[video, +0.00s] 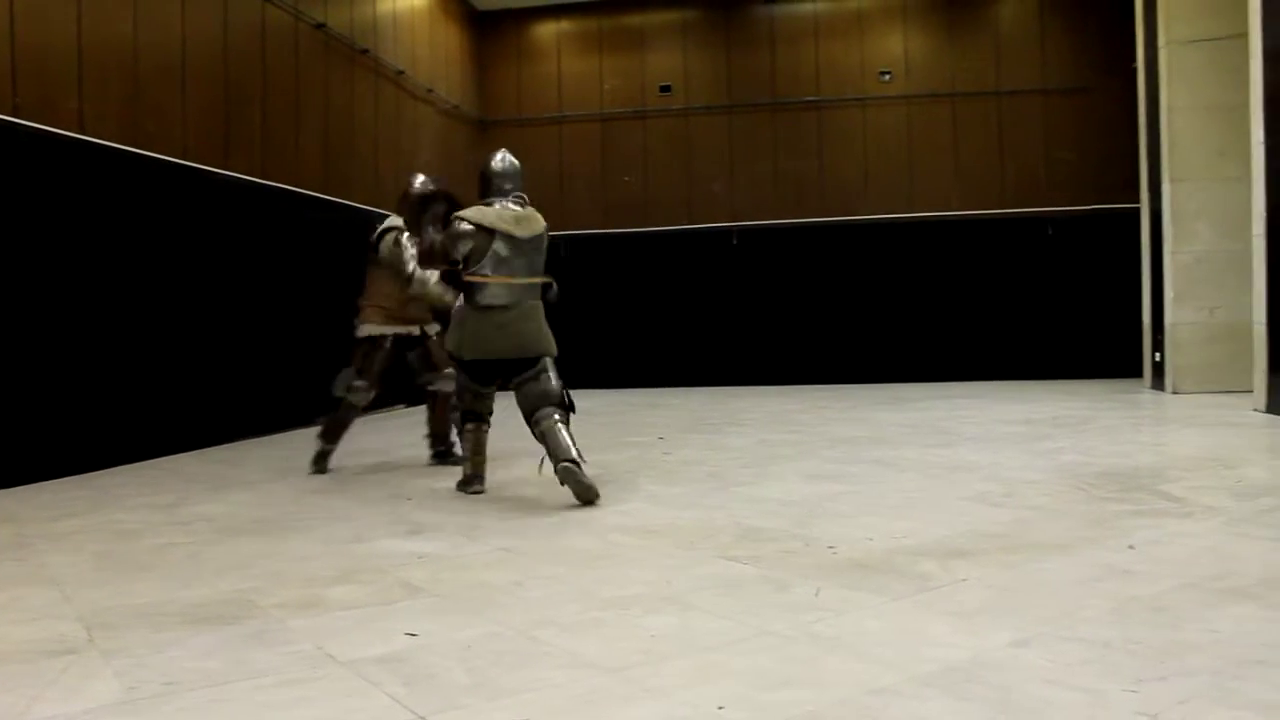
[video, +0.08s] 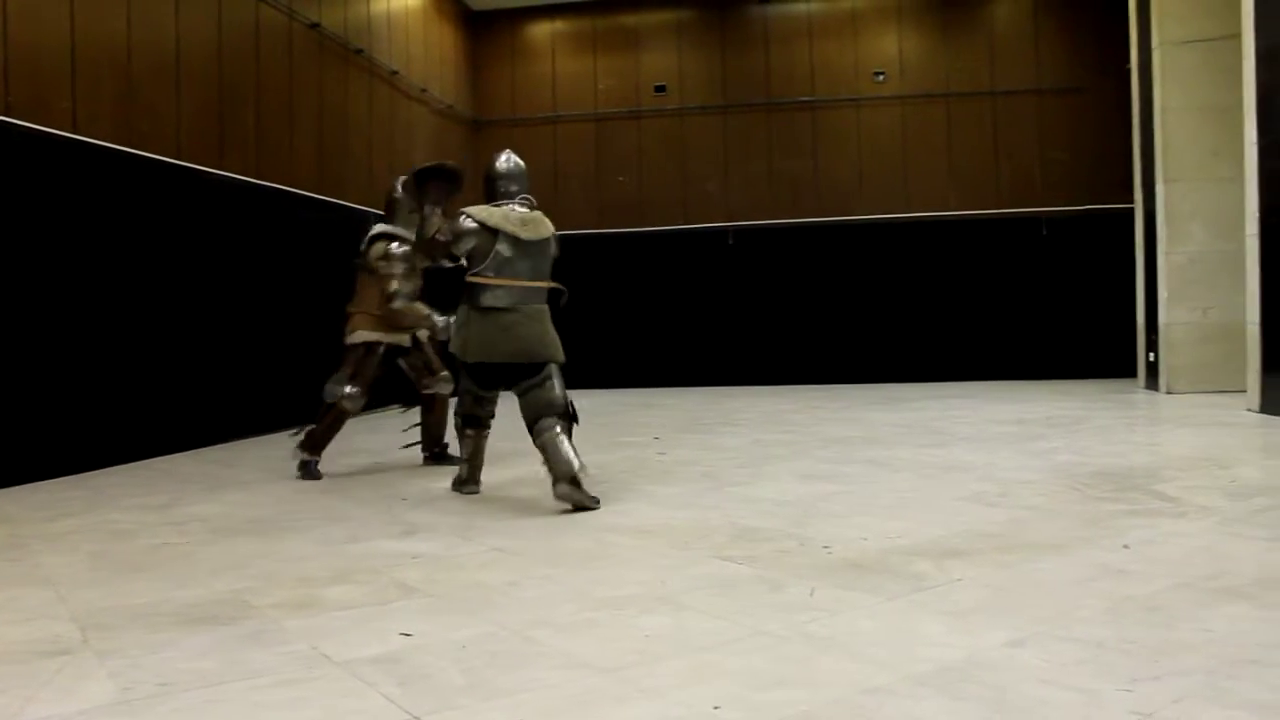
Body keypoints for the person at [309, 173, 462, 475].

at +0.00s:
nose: (436, 218)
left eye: (437, 211)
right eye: (431, 210)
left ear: (433, 209)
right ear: (415, 206)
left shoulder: (431, 239)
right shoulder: (394, 234)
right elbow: (415, 276)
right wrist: (450, 297)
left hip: (420, 322)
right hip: (382, 324)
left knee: (443, 378)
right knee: (363, 388)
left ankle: (442, 447)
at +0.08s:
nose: (439, 205)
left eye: (443, 199)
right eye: (435, 197)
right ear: (414, 202)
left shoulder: (417, 242)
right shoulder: (387, 243)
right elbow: (393, 301)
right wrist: (433, 319)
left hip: (407, 327)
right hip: (372, 327)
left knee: (438, 383)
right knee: (353, 395)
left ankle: (434, 450)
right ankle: (310, 453)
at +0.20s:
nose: (390, 216)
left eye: (392, 210)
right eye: (385, 209)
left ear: (394, 209)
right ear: (371, 208)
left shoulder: (392, 240)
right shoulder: (359, 244)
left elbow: (426, 255)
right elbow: (364, 301)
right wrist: (405, 321)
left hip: (381, 328)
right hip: (350, 329)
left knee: (417, 385)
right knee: (346, 396)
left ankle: (426, 451)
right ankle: (307, 462)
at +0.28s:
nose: (368, 212)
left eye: (370, 206)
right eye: (362, 205)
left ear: (372, 207)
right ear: (349, 205)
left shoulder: (373, 240)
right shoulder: (340, 241)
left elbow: (400, 267)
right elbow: (335, 297)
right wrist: (376, 317)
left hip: (364, 328)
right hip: (331, 328)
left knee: (392, 389)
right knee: (328, 396)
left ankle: (410, 450)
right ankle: (298, 463)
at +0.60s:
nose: (301, 203)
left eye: (304, 197)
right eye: (295, 196)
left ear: (310, 199)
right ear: (282, 197)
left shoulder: (317, 237)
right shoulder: (262, 232)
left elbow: (342, 272)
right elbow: (240, 276)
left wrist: (347, 291)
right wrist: (270, 293)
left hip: (310, 325)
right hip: (273, 324)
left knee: (311, 391)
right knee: (277, 389)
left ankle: (284, 440)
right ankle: (268, 461)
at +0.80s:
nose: (292, 211)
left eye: (296, 204)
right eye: (286, 204)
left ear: (301, 205)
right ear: (272, 203)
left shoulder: (307, 245)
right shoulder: (249, 238)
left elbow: (312, 287)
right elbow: (227, 283)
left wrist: (319, 302)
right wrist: (250, 278)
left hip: (291, 328)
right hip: (256, 324)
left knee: (292, 395)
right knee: (266, 388)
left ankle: (273, 451)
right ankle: (266, 460)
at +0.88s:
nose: (293, 205)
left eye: (298, 199)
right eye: (288, 199)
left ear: (302, 200)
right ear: (274, 198)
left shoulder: (310, 239)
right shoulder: (250, 232)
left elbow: (316, 278)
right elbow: (225, 277)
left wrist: (314, 296)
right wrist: (246, 279)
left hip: (289, 325)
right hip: (253, 322)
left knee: (286, 390)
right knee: (259, 384)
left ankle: (276, 449)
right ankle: (258, 454)